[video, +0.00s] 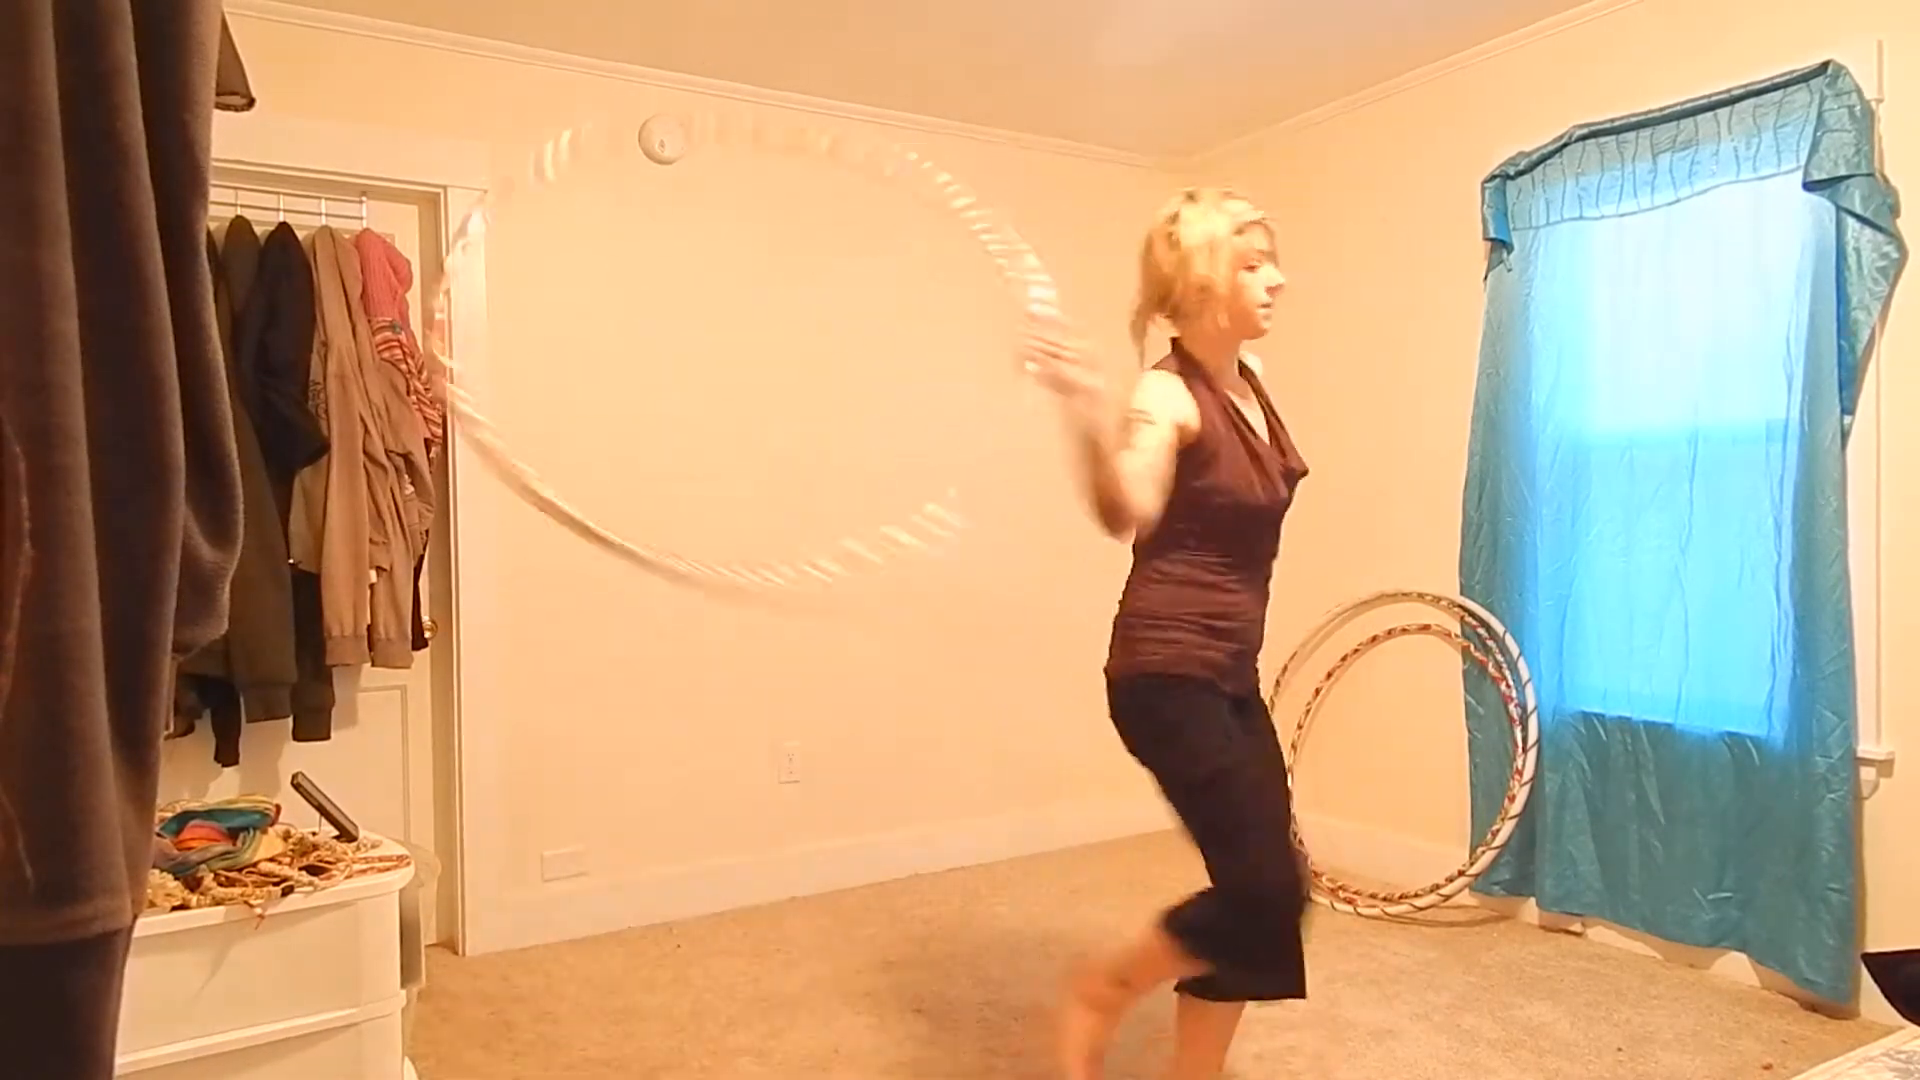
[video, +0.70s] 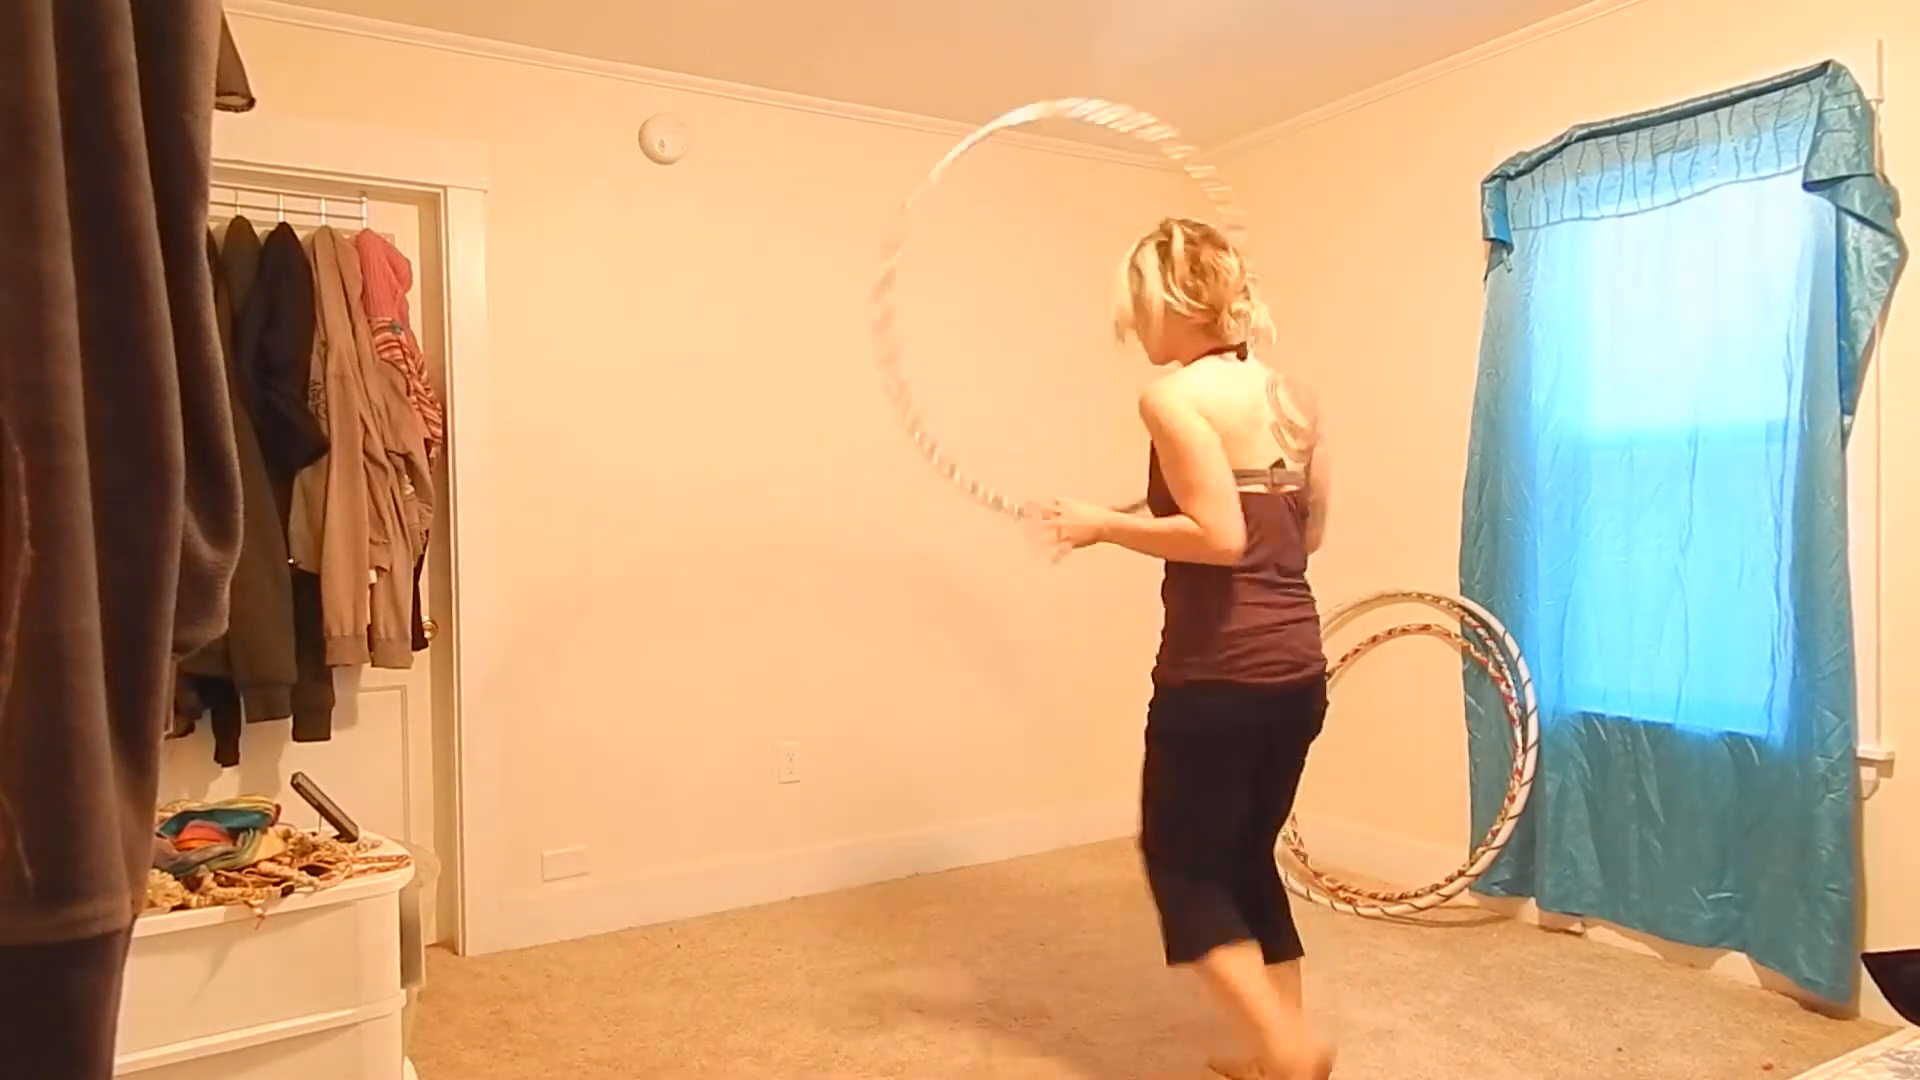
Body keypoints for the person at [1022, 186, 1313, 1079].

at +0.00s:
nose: (1274, 281)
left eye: (1273, 265)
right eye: (1256, 264)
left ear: (1239, 283)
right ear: (1199, 277)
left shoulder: (1245, 383)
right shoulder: (1165, 390)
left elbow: (1235, 517)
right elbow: (1124, 512)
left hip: (1230, 670)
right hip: (1165, 671)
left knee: (1267, 885)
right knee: (1261, 883)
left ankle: (1196, 1066)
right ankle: (1100, 989)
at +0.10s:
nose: (1303, 305)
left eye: (1304, 285)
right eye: (1293, 282)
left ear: (1233, 285)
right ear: (1239, 279)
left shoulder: (1223, 389)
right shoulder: (1178, 383)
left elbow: (1209, 548)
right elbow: (1205, 525)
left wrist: (1247, 644)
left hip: (1213, 668)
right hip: (1189, 672)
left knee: (1269, 878)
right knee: (1328, 863)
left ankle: (1198, 1051)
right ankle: (1195, 1047)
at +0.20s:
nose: (1295, 326)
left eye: (1297, 306)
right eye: (1292, 303)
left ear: (1222, 292)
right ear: (1251, 290)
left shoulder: (1166, 380)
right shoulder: (1212, 375)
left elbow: (1195, 549)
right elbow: (1247, 536)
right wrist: (1391, 500)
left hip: (1176, 675)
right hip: (1229, 673)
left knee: (1250, 886)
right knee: (1353, 861)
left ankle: (1194, 1069)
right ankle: (1304, 1067)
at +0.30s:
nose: (1277, 302)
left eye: (1277, 284)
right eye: (1274, 284)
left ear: (1183, 286)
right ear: (1250, 282)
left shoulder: (1140, 379)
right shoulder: (1259, 358)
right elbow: (1283, 527)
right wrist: (1370, 505)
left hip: (1169, 682)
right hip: (1265, 677)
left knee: (1225, 887)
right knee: (1320, 880)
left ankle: (1189, 1070)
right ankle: (1325, 1069)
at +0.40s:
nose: (1267, 283)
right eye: (1258, 267)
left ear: (1158, 286)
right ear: (1248, 274)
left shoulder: (1131, 380)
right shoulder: (1300, 356)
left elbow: (1132, 540)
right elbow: (1335, 517)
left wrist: (1210, 488)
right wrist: (1326, 439)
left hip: (1177, 675)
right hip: (1288, 669)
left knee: (1208, 876)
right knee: (1292, 868)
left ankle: (1188, 1067)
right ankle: (1300, 1057)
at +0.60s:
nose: (1146, 327)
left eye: (1146, 309)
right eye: (1143, 311)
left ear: (1170, 301)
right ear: (1233, 290)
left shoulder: (1159, 379)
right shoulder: (1307, 377)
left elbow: (1174, 523)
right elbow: (1341, 523)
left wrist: (1109, 511)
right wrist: (1267, 469)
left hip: (1205, 676)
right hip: (1302, 674)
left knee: (1209, 882)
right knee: (1270, 865)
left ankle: (1242, 1069)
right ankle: (1290, 1062)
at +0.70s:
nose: (1136, 325)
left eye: (1138, 305)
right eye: (1133, 307)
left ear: (1173, 302)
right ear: (1222, 299)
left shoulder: (1174, 396)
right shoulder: (1285, 392)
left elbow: (1219, 536)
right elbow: (1306, 533)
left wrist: (1105, 526)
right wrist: (1172, 523)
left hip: (1216, 677)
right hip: (1295, 671)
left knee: (1181, 863)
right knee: (1252, 856)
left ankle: (1280, 1044)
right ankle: (1288, 1044)